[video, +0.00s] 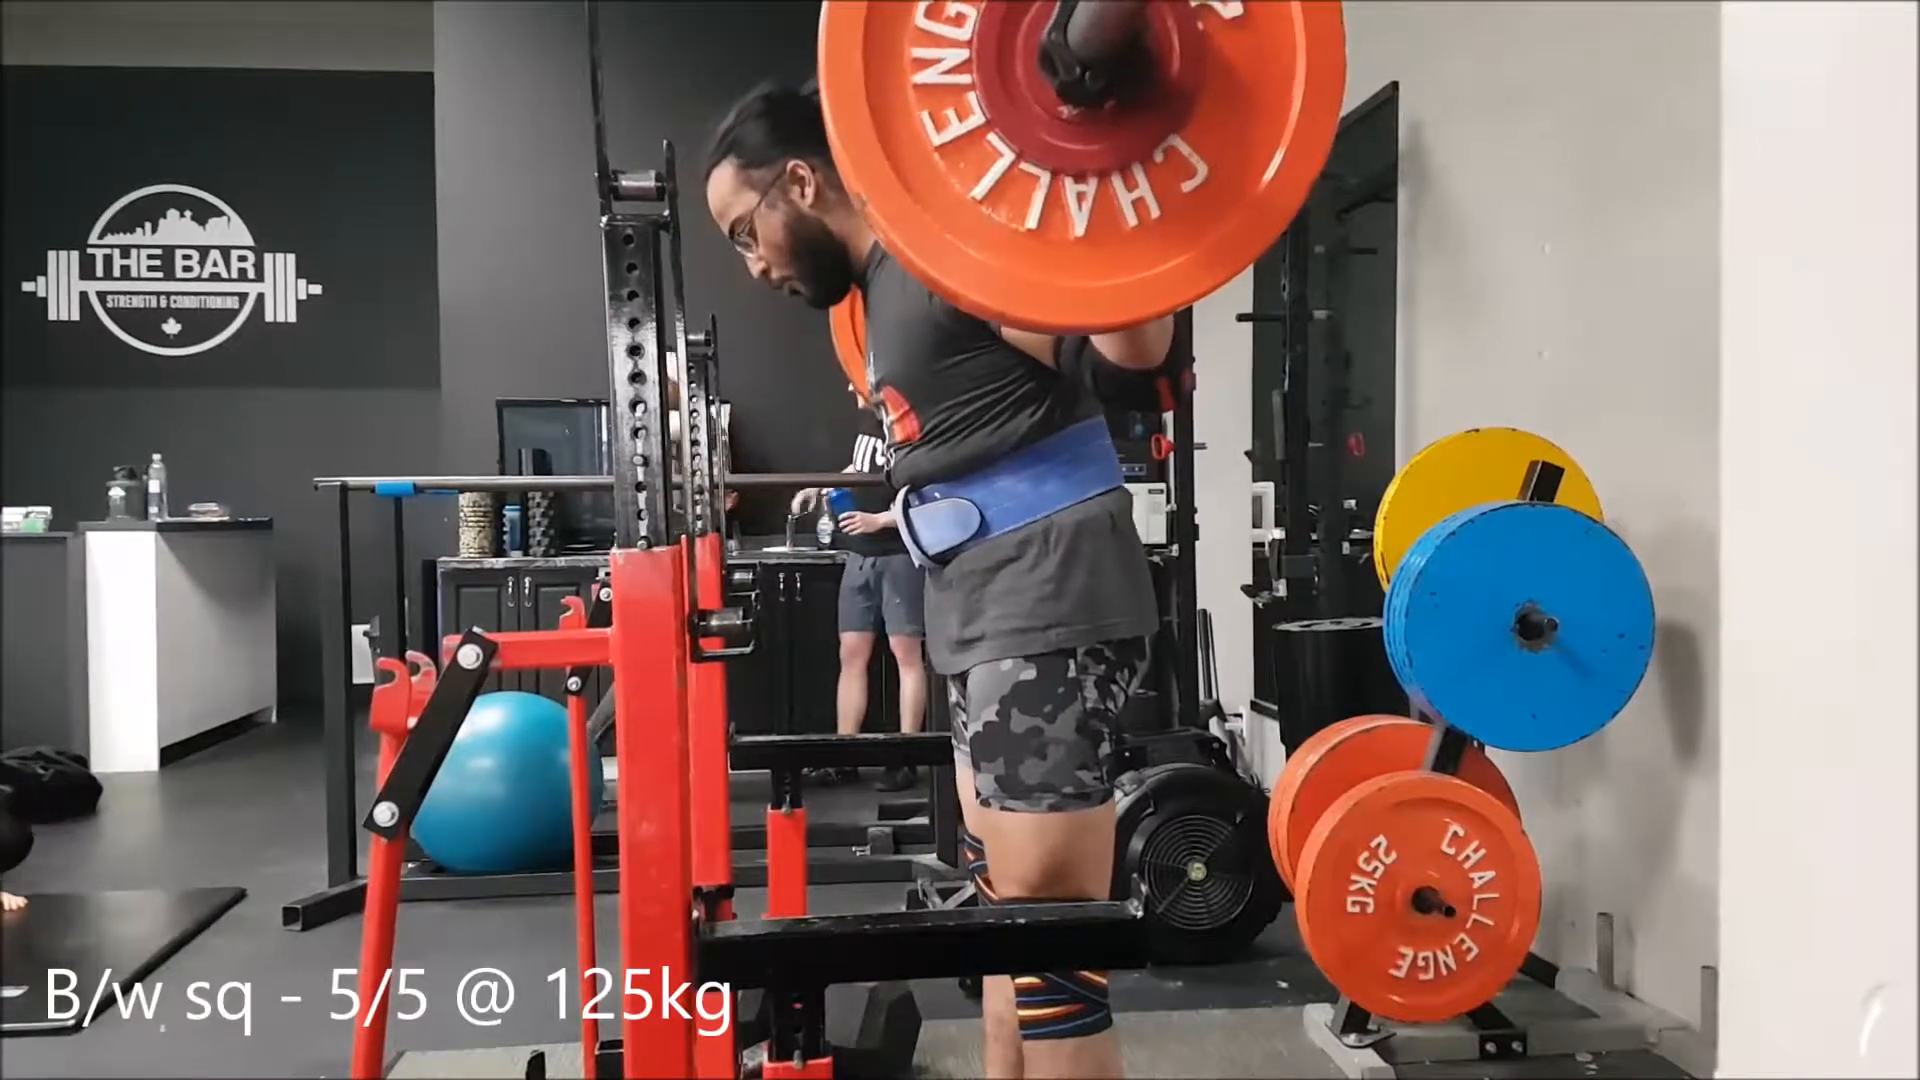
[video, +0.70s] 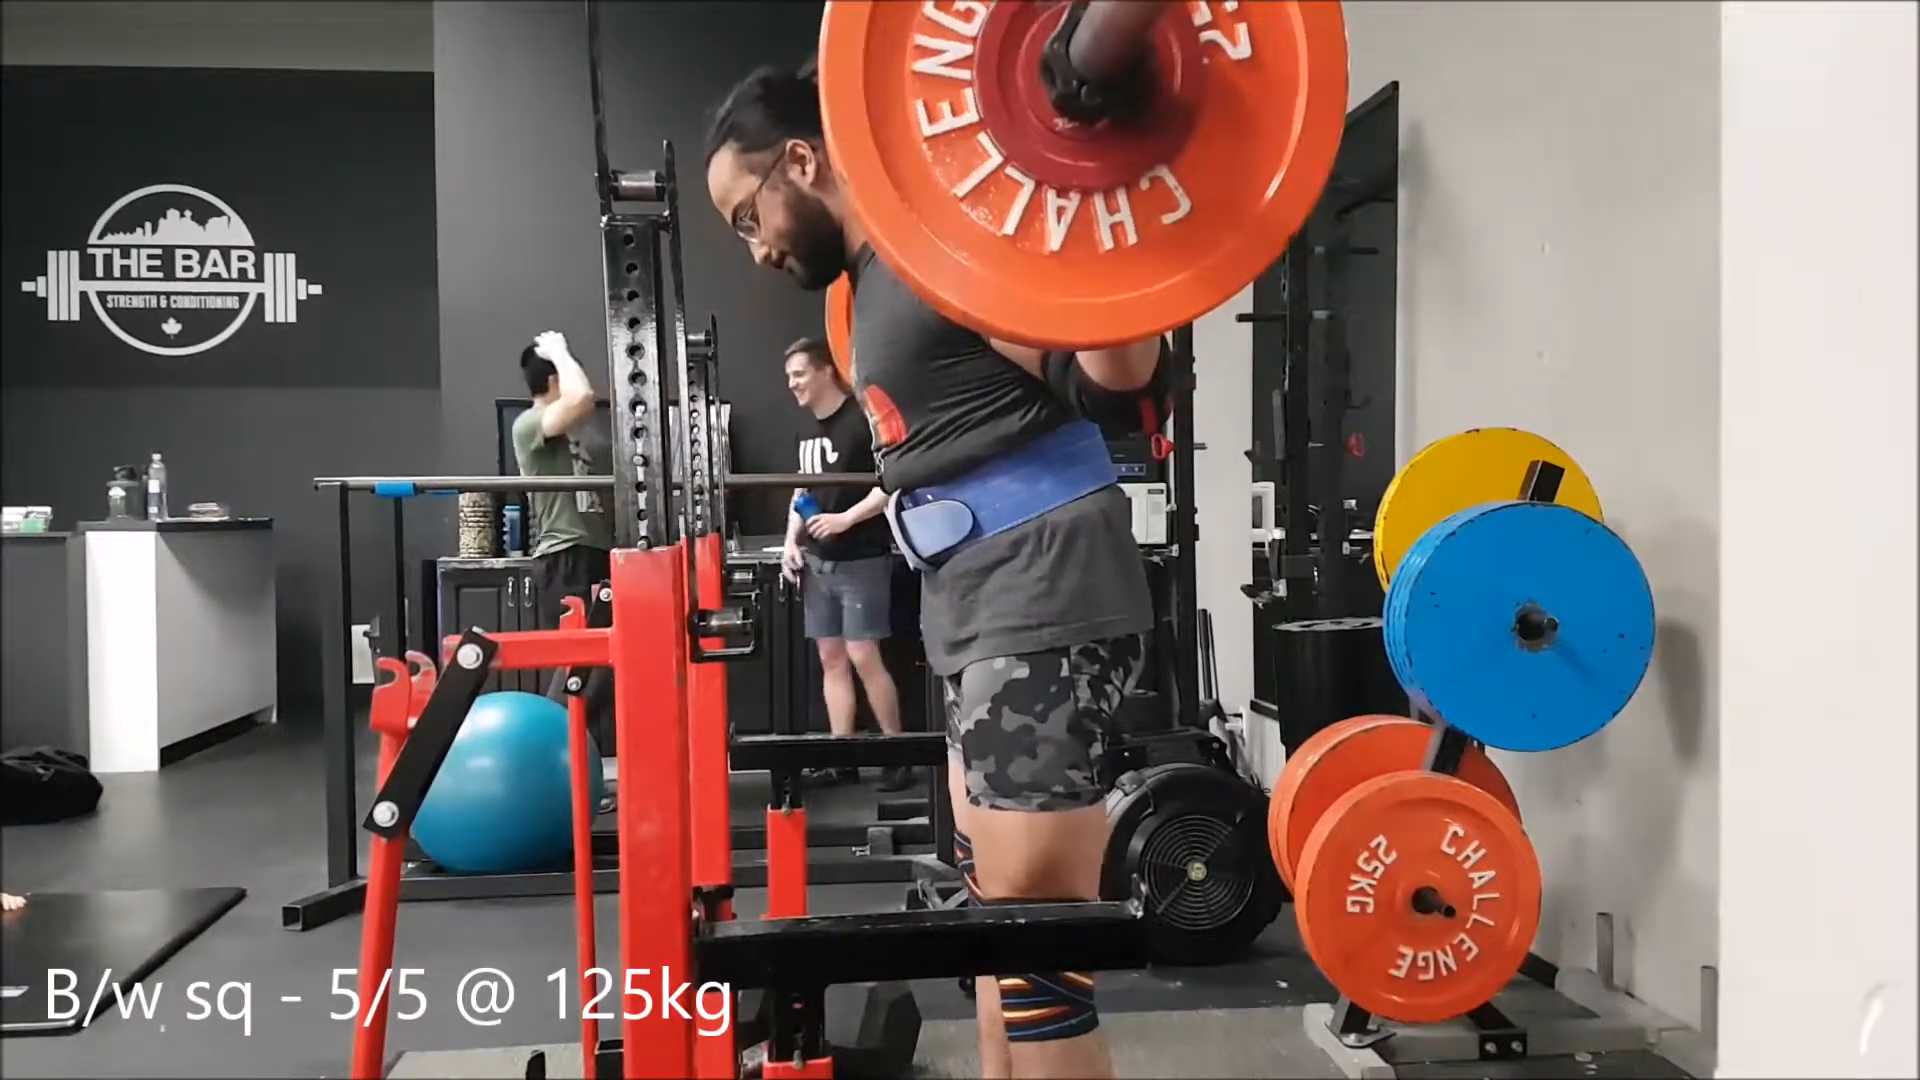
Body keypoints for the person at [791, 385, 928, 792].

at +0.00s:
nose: (852, 386)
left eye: (861, 377)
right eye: (853, 377)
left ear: (887, 385)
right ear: (867, 391)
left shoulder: (918, 434)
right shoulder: (869, 430)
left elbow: (926, 500)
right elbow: (852, 477)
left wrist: (881, 519)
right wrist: (819, 489)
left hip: (901, 555)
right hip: (860, 553)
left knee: (906, 652)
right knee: (852, 651)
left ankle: (906, 757)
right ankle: (843, 754)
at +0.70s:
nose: (793, 384)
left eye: (800, 374)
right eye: (789, 377)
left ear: (827, 372)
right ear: (795, 380)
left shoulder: (866, 422)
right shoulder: (809, 428)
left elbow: (895, 484)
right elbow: (803, 493)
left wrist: (847, 518)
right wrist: (791, 540)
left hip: (863, 559)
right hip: (818, 560)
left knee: (863, 655)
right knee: (831, 656)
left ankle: (896, 754)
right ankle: (841, 756)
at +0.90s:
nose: (778, 380)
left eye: (786, 370)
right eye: (775, 373)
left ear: (814, 370)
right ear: (780, 379)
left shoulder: (846, 420)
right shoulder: (790, 429)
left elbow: (871, 488)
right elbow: (784, 488)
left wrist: (810, 511)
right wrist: (763, 514)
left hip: (840, 552)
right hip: (799, 554)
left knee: (818, 649)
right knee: (815, 656)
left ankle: (841, 759)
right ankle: (835, 759)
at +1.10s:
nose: (763, 383)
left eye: (769, 374)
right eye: (760, 375)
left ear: (795, 373)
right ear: (769, 379)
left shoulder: (825, 423)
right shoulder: (776, 432)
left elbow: (846, 492)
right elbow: (782, 491)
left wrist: (779, 509)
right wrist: (752, 500)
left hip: (816, 558)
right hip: (782, 560)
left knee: (791, 660)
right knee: (815, 664)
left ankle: (779, 768)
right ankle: (842, 758)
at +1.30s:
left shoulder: (784, 426)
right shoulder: (746, 428)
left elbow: (805, 492)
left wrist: (740, 509)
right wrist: (729, 501)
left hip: (787, 553)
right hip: (759, 551)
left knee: (777, 663)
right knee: (757, 662)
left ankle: (767, 776)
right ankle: (823, 739)